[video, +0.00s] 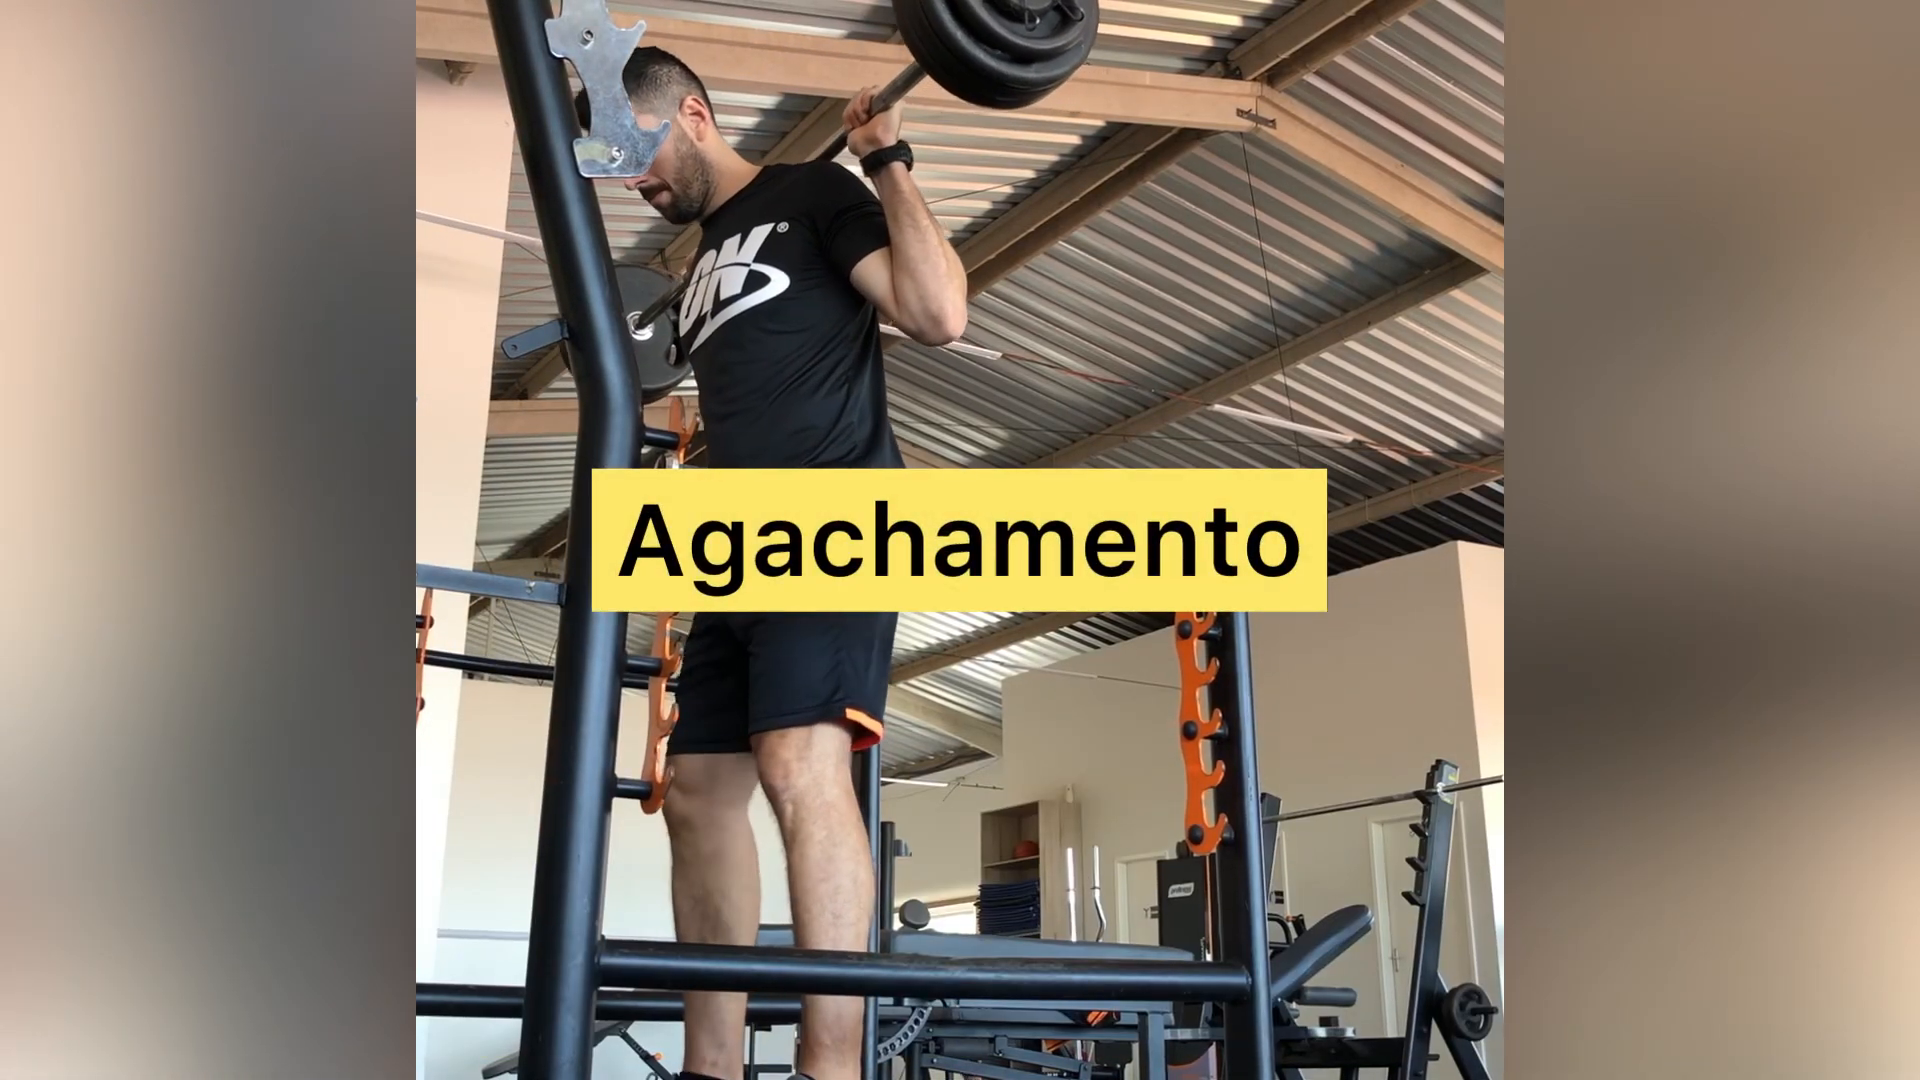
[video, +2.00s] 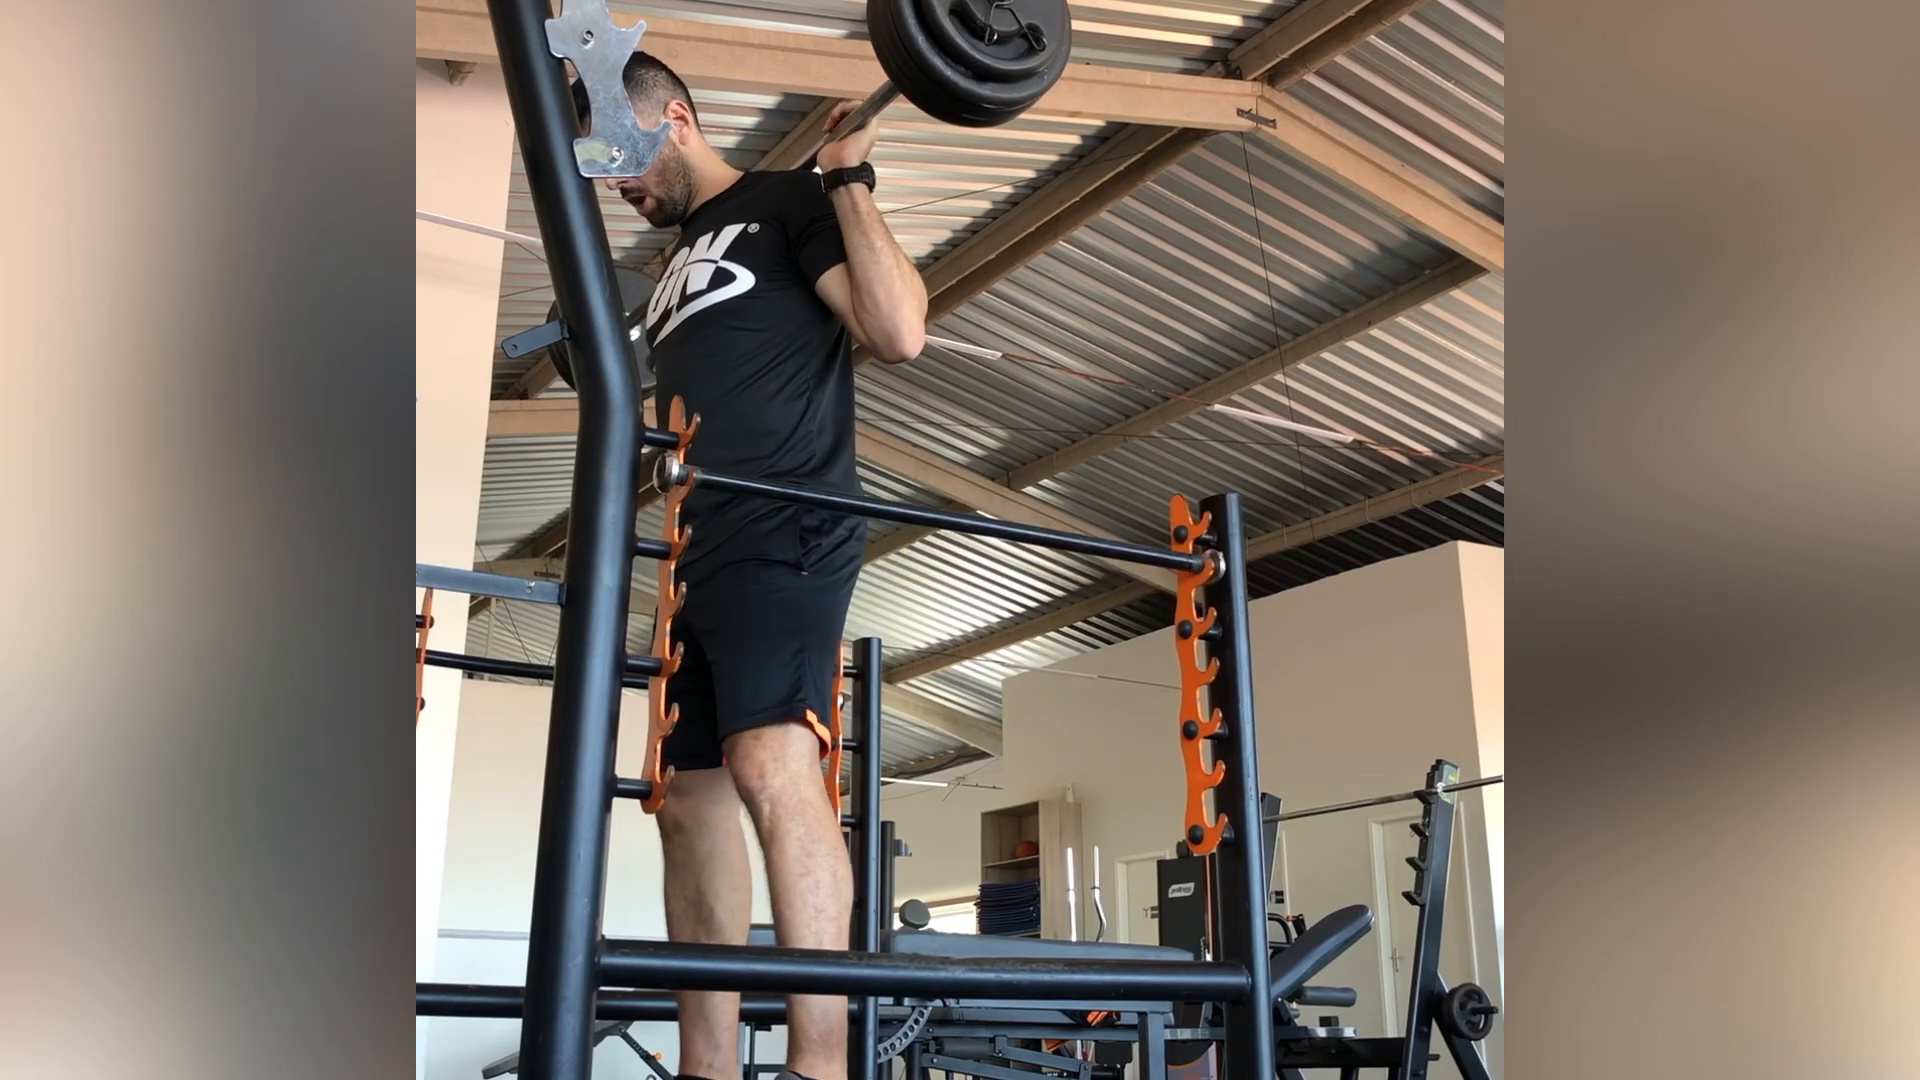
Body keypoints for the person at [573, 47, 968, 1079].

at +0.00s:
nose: (637, 177)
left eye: (643, 147)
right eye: (623, 161)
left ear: (697, 112)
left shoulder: (814, 192)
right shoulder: (698, 271)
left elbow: (941, 314)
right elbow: (717, 429)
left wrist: (891, 166)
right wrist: (680, 577)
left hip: (827, 526)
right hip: (731, 542)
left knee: (802, 763)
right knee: (699, 789)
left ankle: (834, 1065)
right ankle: (713, 1066)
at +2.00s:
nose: (622, 185)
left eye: (629, 156)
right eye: (608, 169)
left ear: (681, 118)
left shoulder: (789, 200)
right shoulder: (675, 263)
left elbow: (900, 334)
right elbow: (691, 420)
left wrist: (851, 181)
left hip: (787, 520)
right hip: (708, 536)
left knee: (771, 758)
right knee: (690, 792)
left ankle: (821, 1063)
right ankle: (708, 1065)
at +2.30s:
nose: (628, 182)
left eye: (634, 153)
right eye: (615, 166)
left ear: (687, 114)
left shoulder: (796, 195)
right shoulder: (678, 261)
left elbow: (906, 322)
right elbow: (697, 413)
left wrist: (860, 170)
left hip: (796, 524)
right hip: (709, 539)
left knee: (786, 765)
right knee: (695, 790)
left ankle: (825, 1066)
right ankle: (709, 1067)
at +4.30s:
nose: (617, 185)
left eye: (626, 156)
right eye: (604, 169)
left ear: (679, 124)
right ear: (612, 170)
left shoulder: (791, 204)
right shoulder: (681, 272)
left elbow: (914, 330)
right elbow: (712, 418)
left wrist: (857, 182)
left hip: (819, 521)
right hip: (729, 541)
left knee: (756, 750)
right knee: (682, 787)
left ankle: (819, 1063)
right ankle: (701, 1068)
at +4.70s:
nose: (611, 192)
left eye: (620, 161)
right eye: (597, 176)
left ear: (677, 132)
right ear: (604, 183)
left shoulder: (790, 211)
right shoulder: (674, 293)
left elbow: (918, 336)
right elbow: (713, 428)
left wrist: (854, 187)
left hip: (838, 534)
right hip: (742, 555)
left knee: (780, 759)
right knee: (689, 790)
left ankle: (831, 1065)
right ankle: (700, 1068)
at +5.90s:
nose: (557, 513)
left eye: (569, 483)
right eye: (545, 493)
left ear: (643, 458)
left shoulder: (751, 518)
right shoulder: (630, 578)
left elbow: (909, 654)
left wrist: (811, 510)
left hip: (887, 796)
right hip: (767, 824)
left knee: (684, 807)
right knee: (548, 845)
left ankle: (811, 1071)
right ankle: (681, 1074)